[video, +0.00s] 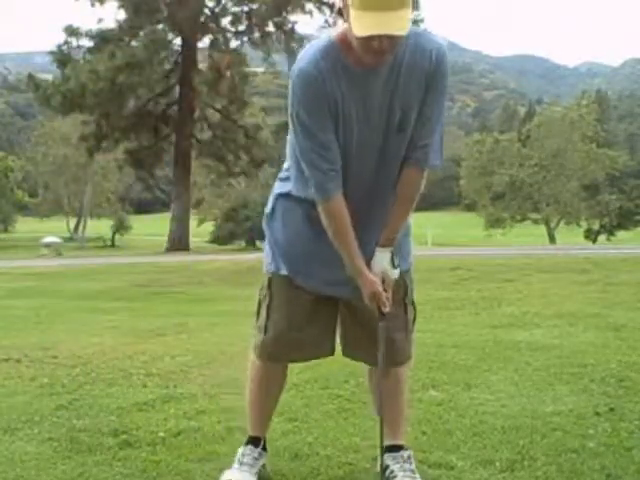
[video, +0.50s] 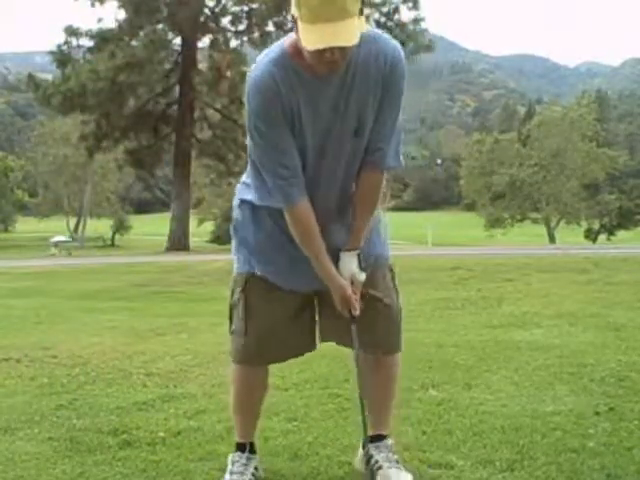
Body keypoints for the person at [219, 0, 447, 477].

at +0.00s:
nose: (382, 46)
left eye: (392, 35)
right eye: (370, 35)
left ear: (408, 20)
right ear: (344, 14)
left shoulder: (429, 58)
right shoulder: (314, 71)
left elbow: (416, 163)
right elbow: (325, 186)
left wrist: (385, 248)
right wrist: (359, 268)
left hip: (384, 229)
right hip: (306, 223)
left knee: (392, 347)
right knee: (274, 341)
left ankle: (396, 455)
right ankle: (253, 448)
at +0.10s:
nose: (368, 48)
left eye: (378, 38)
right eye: (358, 38)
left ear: (393, 21)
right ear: (336, 20)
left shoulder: (418, 60)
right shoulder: (303, 74)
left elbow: (408, 164)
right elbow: (316, 191)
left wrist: (378, 251)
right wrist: (351, 273)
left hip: (376, 226)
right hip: (299, 222)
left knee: (388, 346)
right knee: (267, 343)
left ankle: (395, 455)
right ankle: (246, 450)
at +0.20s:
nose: (352, 51)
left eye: (362, 40)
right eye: (340, 40)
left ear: (377, 22)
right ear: (317, 22)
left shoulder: (404, 60)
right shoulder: (287, 78)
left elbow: (395, 165)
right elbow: (304, 192)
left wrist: (368, 253)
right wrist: (340, 275)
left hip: (364, 228)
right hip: (286, 225)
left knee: (382, 347)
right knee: (258, 345)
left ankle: (394, 455)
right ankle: (244, 452)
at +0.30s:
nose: (336, 54)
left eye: (346, 42)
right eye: (324, 44)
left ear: (363, 23)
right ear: (301, 24)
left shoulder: (390, 60)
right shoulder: (273, 81)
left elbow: (383, 164)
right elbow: (295, 194)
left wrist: (358, 254)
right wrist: (335, 278)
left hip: (355, 221)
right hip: (277, 222)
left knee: (381, 340)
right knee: (251, 342)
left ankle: (396, 449)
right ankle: (243, 452)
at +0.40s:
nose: (329, 56)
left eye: (339, 45)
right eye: (317, 48)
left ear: (355, 25)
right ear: (295, 28)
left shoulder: (383, 60)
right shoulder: (267, 81)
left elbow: (374, 163)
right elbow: (290, 193)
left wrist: (353, 252)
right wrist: (329, 275)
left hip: (350, 218)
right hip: (272, 220)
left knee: (384, 330)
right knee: (246, 342)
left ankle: (390, 446)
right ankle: (243, 453)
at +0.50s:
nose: (329, 53)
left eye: (340, 41)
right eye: (317, 43)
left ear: (358, 23)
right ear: (295, 23)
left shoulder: (385, 59)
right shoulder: (268, 79)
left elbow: (376, 161)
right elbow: (288, 192)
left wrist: (353, 250)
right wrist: (330, 273)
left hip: (356, 221)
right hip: (274, 222)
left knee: (382, 328)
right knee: (251, 340)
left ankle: (379, 446)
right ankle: (243, 453)